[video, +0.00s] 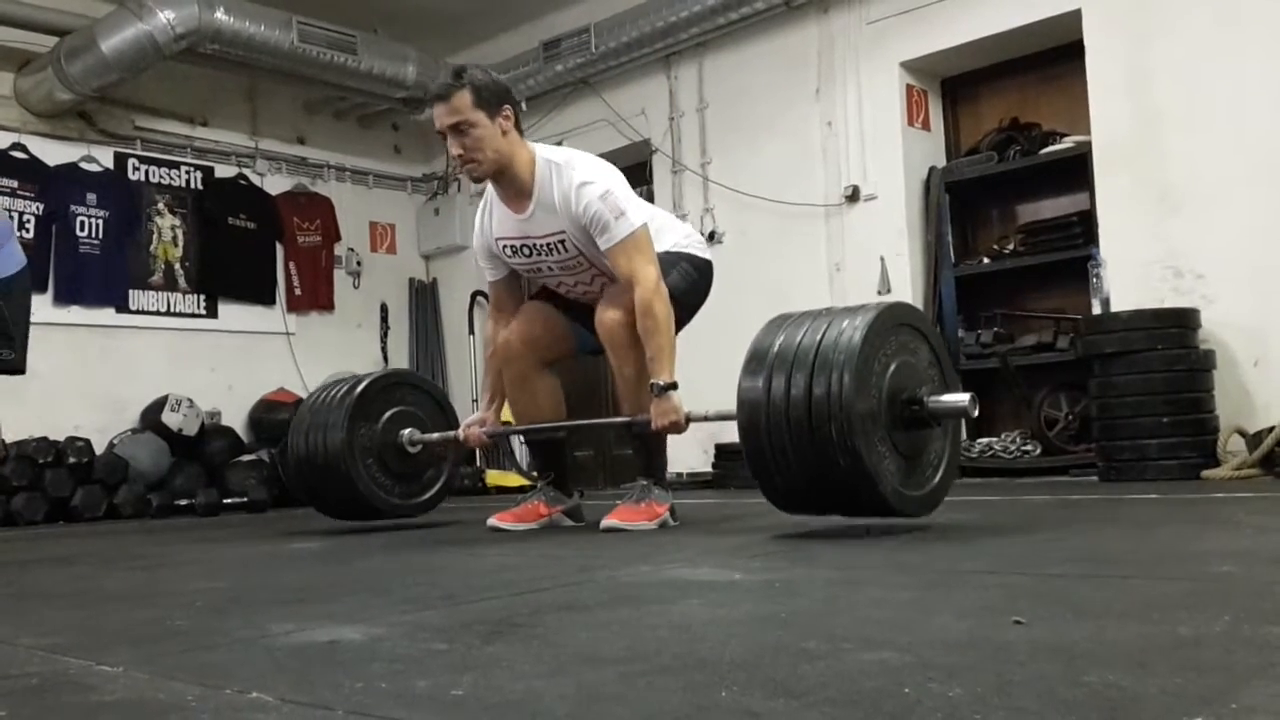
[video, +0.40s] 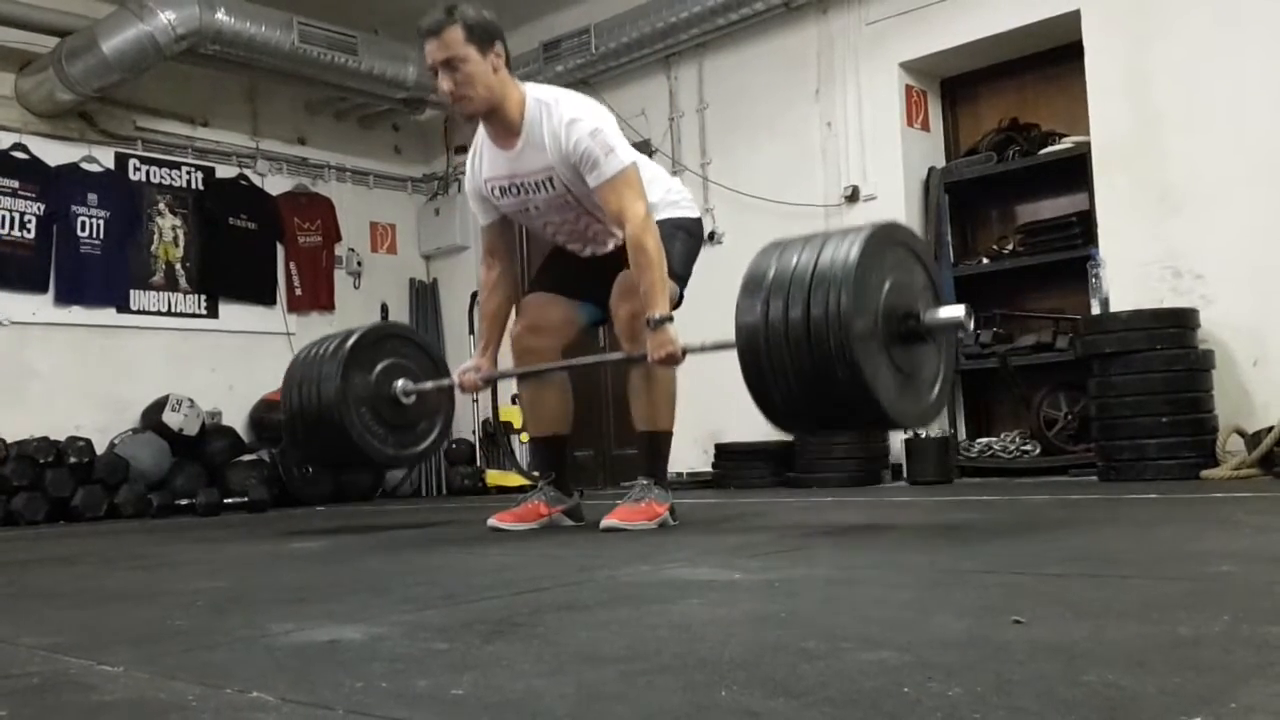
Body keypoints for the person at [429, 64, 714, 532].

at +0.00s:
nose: (453, 149)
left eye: (463, 130)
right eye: (445, 137)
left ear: (506, 120)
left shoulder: (587, 184)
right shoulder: (488, 227)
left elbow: (646, 281)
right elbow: (504, 316)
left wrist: (664, 388)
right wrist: (491, 407)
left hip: (672, 264)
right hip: (591, 293)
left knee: (615, 318)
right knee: (514, 343)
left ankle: (652, 491)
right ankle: (558, 494)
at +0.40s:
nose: (443, 85)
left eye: (453, 66)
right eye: (434, 74)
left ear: (496, 58)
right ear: (433, 82)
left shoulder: (576, 122)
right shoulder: (480, 167)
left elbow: (637, 219)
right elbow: (498, 263)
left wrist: (659, 320)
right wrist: (486, 354)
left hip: (660, 223)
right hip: (588, 245)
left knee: (631, 312)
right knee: (532, 334)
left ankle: (653, 490)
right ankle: (554, 493)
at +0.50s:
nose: (444, 59)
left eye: (454, 40)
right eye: (435, 47)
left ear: (496, 33)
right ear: (432, 54)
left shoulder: (574, 98)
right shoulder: (479, 145)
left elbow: (637, 198)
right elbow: (496, 244)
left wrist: (661, 294)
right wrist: (485, 334)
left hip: (654, 212)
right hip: (582, 236)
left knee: (634, 309)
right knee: (535, 328)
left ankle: (652, 489)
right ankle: (553, 491)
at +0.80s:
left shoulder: (587, 26)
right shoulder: (492, 74)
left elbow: (639, 124)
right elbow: (503, 179)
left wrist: (663, 217)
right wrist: (487, 269)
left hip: (625, 206)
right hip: (555, 219)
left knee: (628, 319)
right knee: (533, 337)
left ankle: (652, 488)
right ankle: (556, 491)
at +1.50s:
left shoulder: (648, 11)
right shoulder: (553, 43)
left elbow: (659, 93)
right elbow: (527, 138)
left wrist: (663, 171)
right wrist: (488, 224)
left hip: (615, 185)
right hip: (542, 198)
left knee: (632, 322)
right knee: (549, 335)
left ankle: (652, 488)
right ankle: (558, 492)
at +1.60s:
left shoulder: (650, 13)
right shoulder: (553, 48)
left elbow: (661, 95)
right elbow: (527, 141)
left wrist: (663, 172)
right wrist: (489, 224)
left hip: (615, 184)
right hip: (543, 198)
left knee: (631, 322)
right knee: (548, 335)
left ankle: (652, 487)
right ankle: (558, 492)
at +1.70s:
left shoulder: (649, 13)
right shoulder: (551, 51)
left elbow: (661, 95)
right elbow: (528, 142)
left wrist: (664, 172)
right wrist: (490, 225)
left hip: (616, 185)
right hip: (544, 199)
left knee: (631, 322)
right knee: (547, 335)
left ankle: (652, 487)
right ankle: (558, 492)